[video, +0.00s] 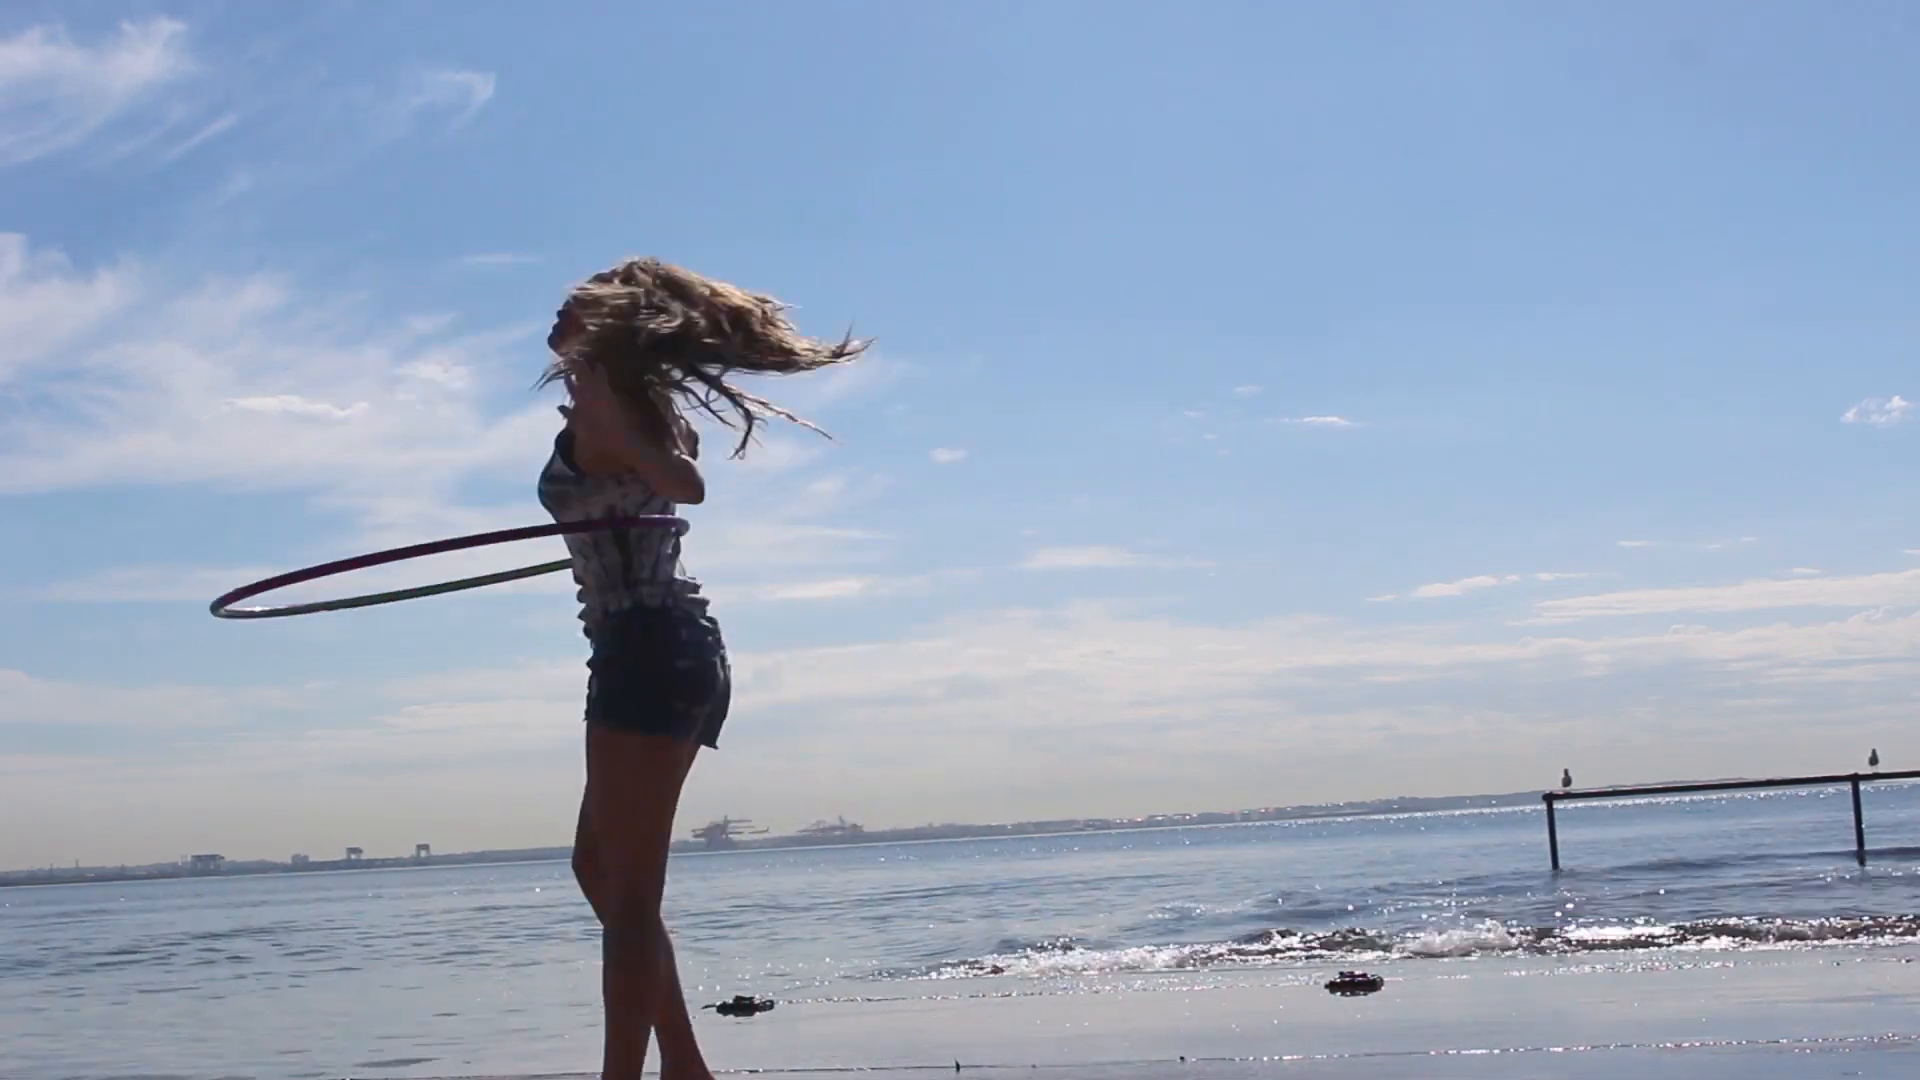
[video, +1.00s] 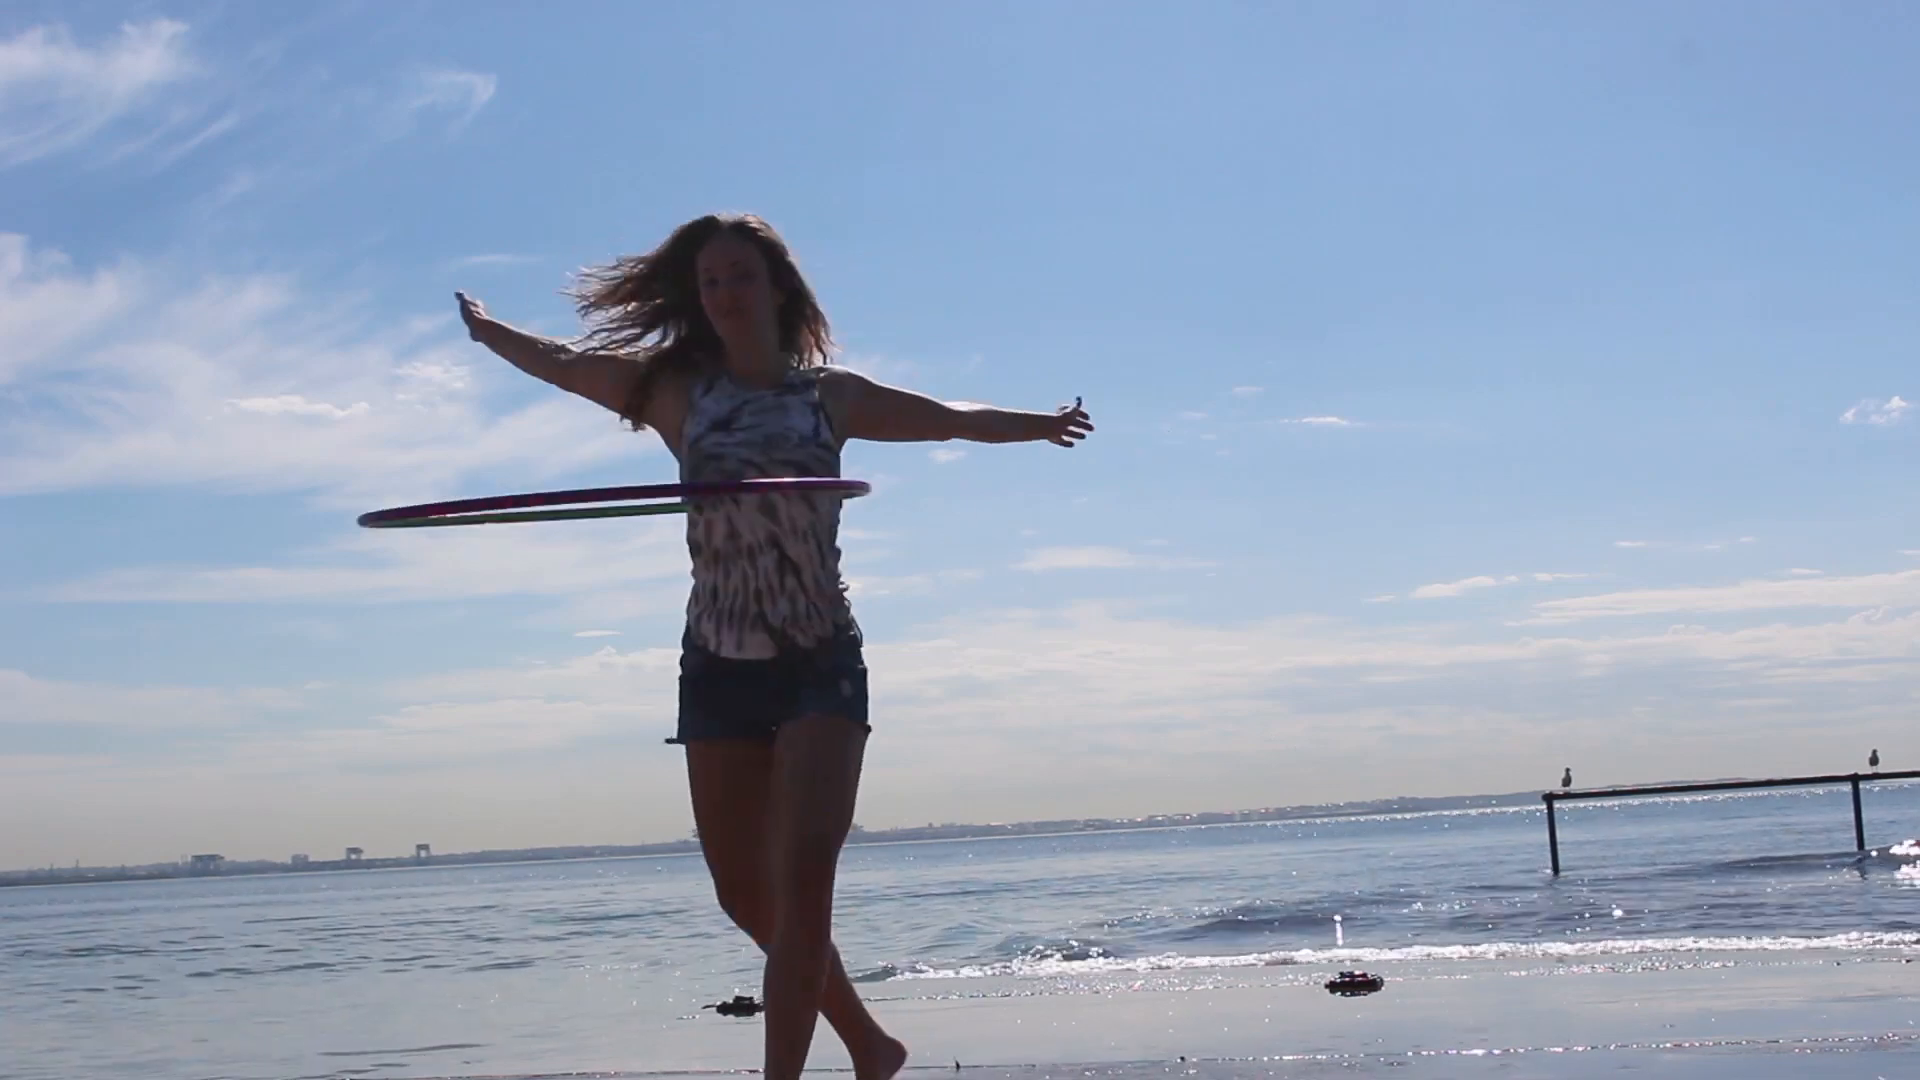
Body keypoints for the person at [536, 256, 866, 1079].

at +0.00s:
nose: (560, 321)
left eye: (576, 311)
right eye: (566, 307)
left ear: (607, 329)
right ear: (617, 333)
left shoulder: (614, 402)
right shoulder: (603, 402)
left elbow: (686, 483)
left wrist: (616, 453)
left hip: (649, 651)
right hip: (660, 646)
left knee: (632, 884)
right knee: (597, 864)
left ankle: (623, 1072)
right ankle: (684, 1063)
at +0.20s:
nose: (732, 309)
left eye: (735, 300)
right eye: (715, 294)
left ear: (728, 323)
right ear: (667, 305)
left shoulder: (745, 394)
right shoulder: (606, 382)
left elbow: (873, 423)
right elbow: (497, 409)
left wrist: (999, 407)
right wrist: (419, 326)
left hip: (696, 651)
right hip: (599, 654)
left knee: (738, 869)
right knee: (634, 876)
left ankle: (721, 1071)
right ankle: (653, 1066)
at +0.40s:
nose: (785, 354)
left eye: (781, 338)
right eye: (775, 339)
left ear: (715, 343)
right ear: (750, 347)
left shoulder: (706, 437)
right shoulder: (708, 412)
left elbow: (622, 518)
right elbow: (593, 392)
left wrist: (586, 519)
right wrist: (517, 293)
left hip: (707, 687)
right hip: (679, 685)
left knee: (778, 888)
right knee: (779, 886)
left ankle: (721, 1075)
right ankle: (641, 1064)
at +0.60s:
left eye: (712, 296)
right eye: (794, 312)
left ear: (699, 314)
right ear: (792, 323)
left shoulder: (655, 388)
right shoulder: (811, 402)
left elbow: (523, 395)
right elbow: (927, 470)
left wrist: (428, 379)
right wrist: (1047, 532)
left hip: (684, 647)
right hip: (788, 644)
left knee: (725, 876)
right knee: (809, 881)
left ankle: (732, 1071)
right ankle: (840, 1068)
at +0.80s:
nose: (676, 301)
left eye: (693, 286)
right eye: (674, 287)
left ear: (741, 293)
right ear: (690, 298)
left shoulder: (745, 370)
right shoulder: (718, 378)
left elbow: (793, 386)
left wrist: (830, 372)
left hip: (772, 634)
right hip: (803, 632)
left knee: (742, 859)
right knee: (808, 867)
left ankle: (774, 1072)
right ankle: (855, 1069)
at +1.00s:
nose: (727, 292)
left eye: (742, 275)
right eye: (711, 280)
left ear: (778, 286)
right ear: (693, 297)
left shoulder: (830, 396)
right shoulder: (672, 390)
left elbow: (950, 420)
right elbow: (565, 363)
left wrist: (1044, 424)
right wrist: (487, 328)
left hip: (820, 658)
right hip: (717, 664)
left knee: (803, 885)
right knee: (743, 891)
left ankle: (781, 1075)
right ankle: (874, 1048)